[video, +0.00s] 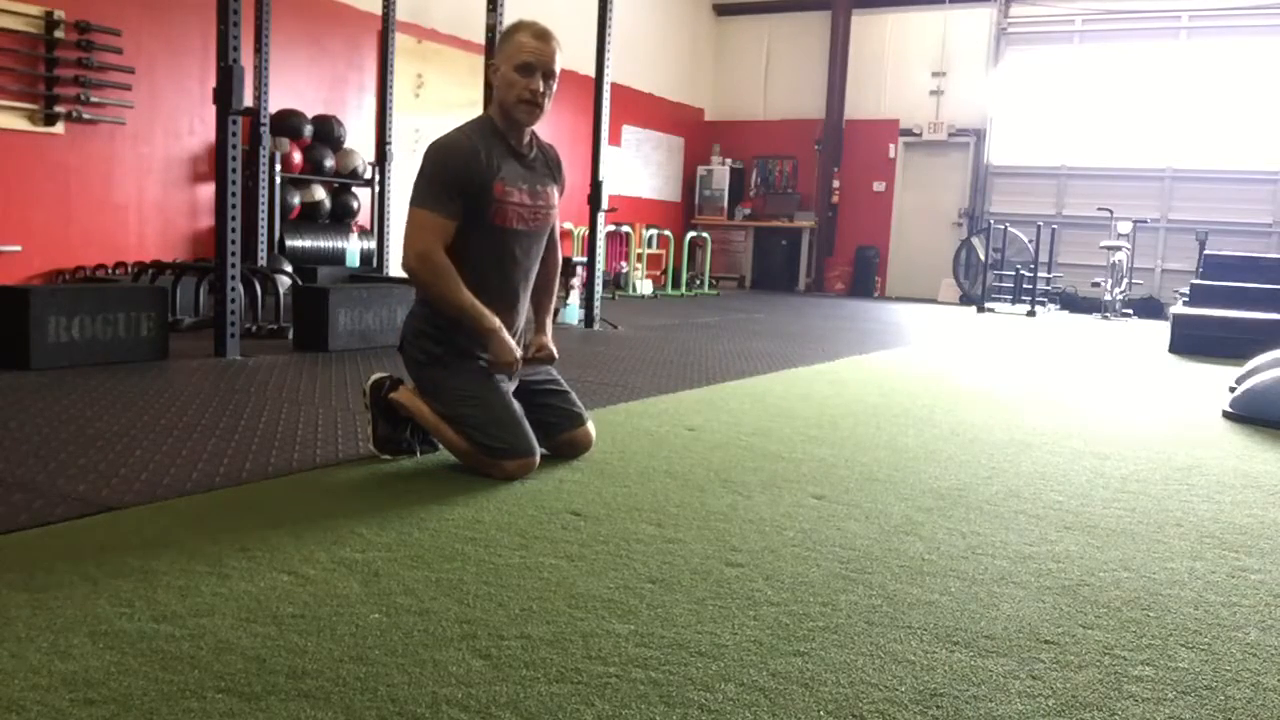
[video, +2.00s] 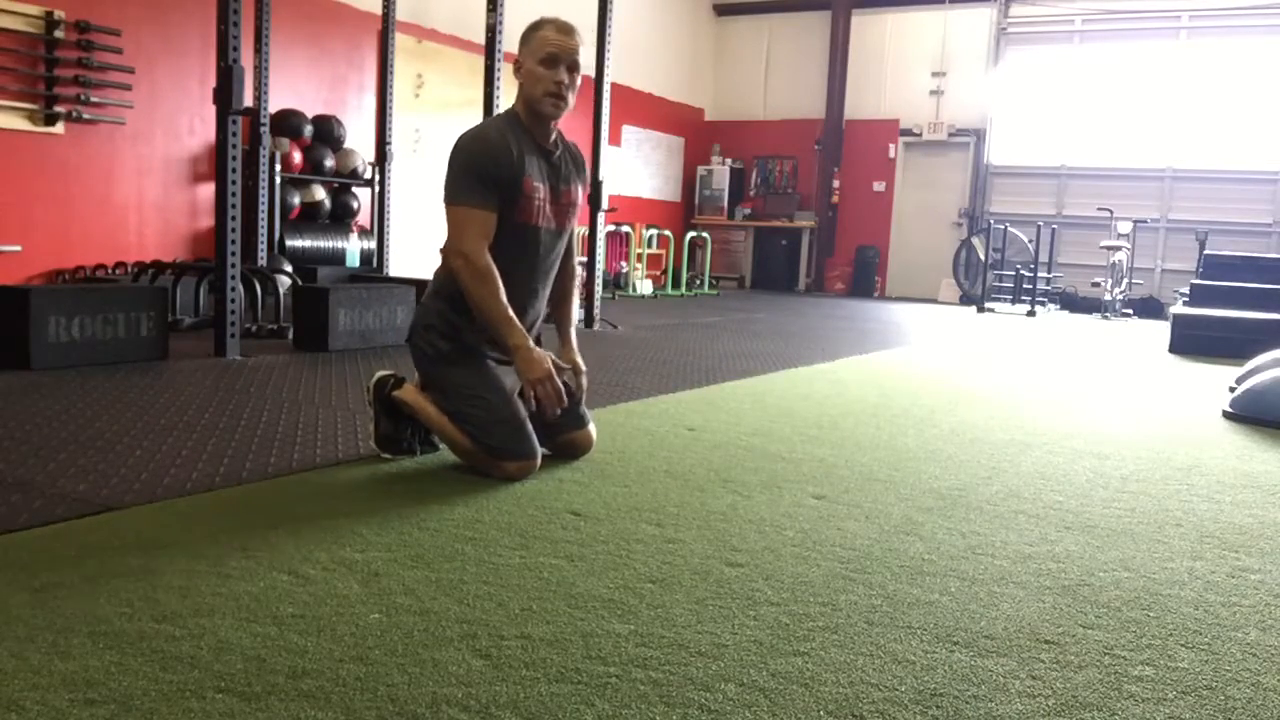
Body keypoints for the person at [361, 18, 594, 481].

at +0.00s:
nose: (538, 87)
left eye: (549, 77)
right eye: (525, 70)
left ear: (556, 87)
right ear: (493, 72)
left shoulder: (548, 160)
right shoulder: (456, 152)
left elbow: (549, 247)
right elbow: (420, 256)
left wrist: (543, 328)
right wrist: (493, 330)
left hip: (513, 338)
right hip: (447, 345)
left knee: (573, 439)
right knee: (514, 463)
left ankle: (445, 411)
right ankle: (398, 399)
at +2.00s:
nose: (562, 78)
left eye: (572, 68)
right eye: (549, 63)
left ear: (579, 80)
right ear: (518, 68)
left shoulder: (573, 162)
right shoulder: (485, 145)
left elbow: (565, 258)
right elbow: (466, 255)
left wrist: (568, 342)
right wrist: (525, 349)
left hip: (518, 336)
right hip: (455, 337)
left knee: (574, 440)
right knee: (515, 463)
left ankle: (448, 407)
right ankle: (401, 396)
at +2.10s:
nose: (555, 79)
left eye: (565, 68)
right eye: (542, 63)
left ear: (572, 79)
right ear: (511, 68)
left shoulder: (566, 159)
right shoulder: (480, 146)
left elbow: (559, 253)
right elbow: (465, 256)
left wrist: (564, 338)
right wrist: (523, 349)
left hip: (514, 335)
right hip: (452, 337)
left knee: (574, 440)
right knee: (515, 463)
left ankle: (447, 409)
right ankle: (401, 397)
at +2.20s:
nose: (546, 80)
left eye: (557, 70)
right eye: (533, 64)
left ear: (564, 82)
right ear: (504, 68)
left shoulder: (558, 159)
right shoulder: (475, 147)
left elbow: (553, 253)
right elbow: (462, 258)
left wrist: (564, 340)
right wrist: (521, 352)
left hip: (509, 339)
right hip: (449, 341)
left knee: (574, 440)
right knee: (515, 463)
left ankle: (445, 411)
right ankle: (401, 399)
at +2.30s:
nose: (539, 80)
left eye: (549, 70)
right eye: (525, 65)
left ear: (557, 81)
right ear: (495, 70)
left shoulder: (552, 158)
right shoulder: (468, 149)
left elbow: (551, 254)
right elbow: (458, 258)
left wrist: (564, 341)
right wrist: (521, 349)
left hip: (508, 340)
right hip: (447, 342)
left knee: (574, 439)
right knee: (514, 462)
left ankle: (448, 411)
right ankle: (401, 399)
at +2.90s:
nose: (530, 80)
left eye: (532, 68)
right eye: (517, 66)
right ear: (474, 73)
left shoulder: (528, 161)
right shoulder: (452, 149)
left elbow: (546, 256)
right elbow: (490, 239)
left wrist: (594, 242)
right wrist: (553, 172)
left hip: (509, 347)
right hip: (447, 350)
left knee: (574, 439)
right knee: (514, 462)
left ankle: (442, 409)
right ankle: (400, 400)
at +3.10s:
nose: (533, 77)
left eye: (535, 65)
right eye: (519, 63)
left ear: (538, 73)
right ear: (476, 69)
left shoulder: (530, 155)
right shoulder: (447, 147)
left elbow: (586, 240)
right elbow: (494, 225)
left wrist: (581, 158)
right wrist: (531, 144)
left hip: (508, 346)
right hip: (446, 346)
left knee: (573, 440)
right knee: (513, 462)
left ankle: (445, 409)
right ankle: (397, 399)